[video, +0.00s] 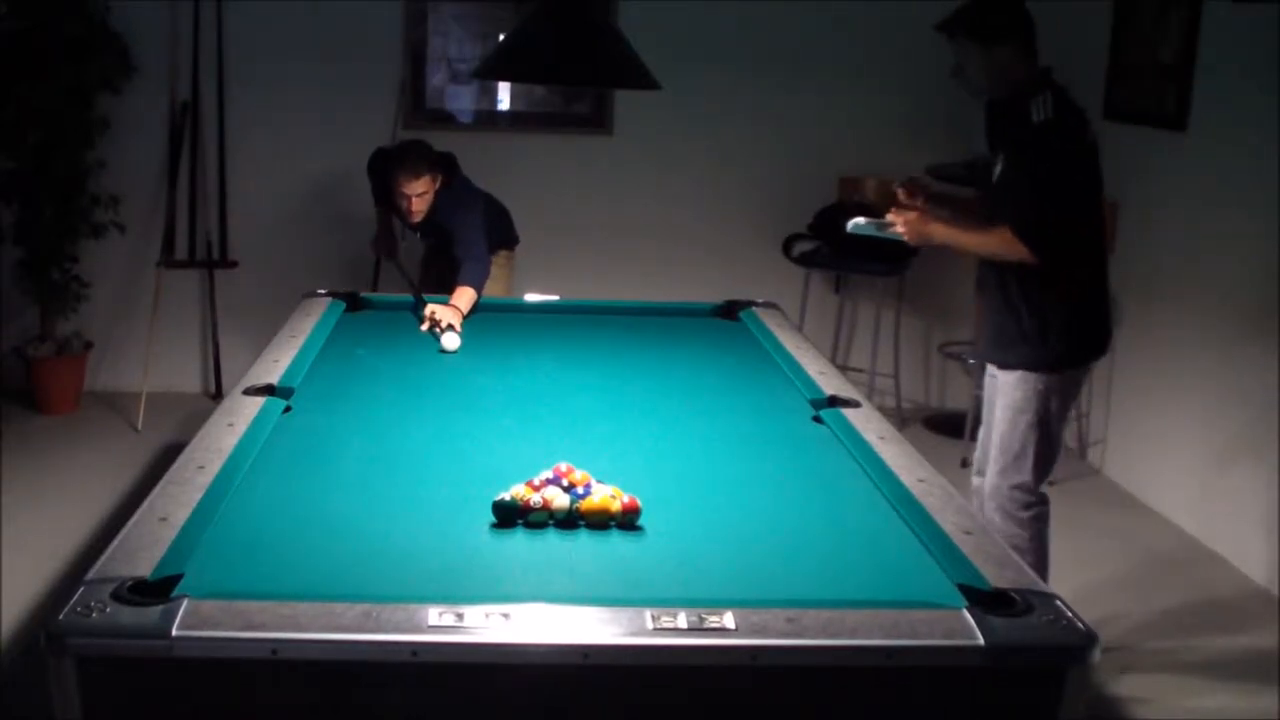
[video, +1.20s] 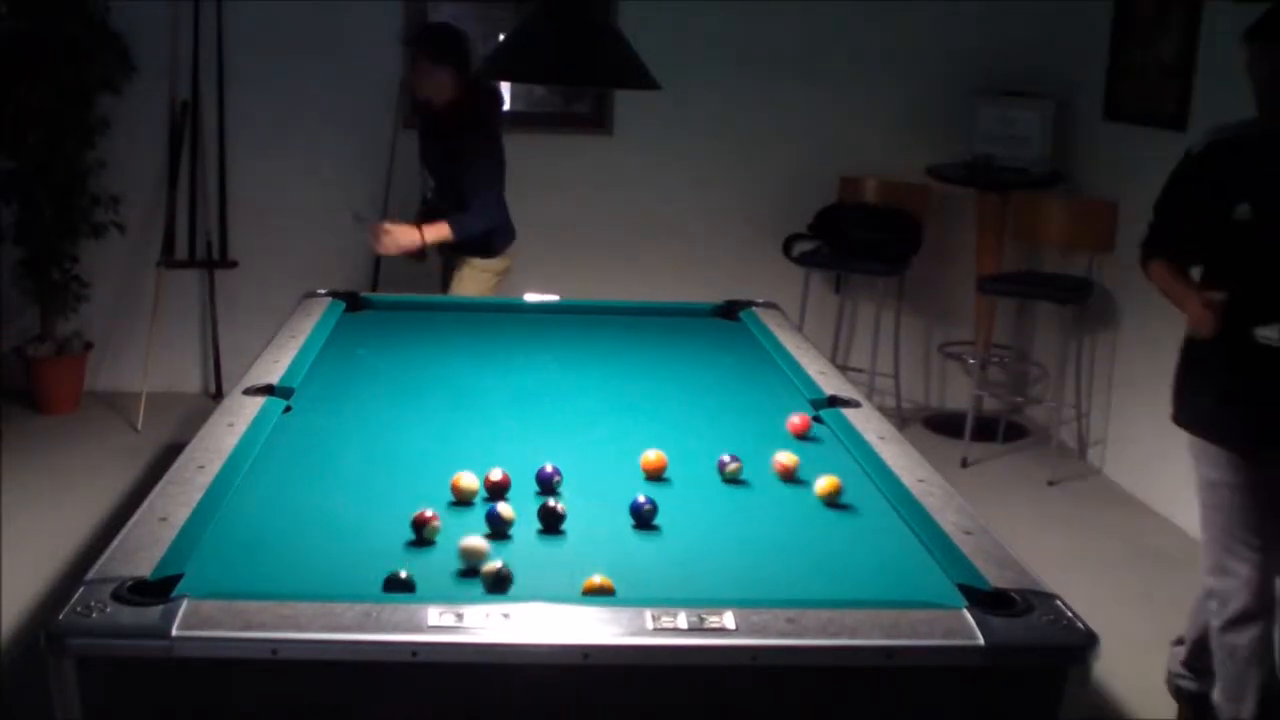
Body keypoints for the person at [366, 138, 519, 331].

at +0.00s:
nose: (413, 206)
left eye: (421, 196)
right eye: (404, 197)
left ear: (436, 183)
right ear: (392, 188)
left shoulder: (460, 200)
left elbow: (476, 261)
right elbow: (377, 161)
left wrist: (456, 308)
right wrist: (384, 227)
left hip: (492, 248)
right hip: (441, 245)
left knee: (485, 327)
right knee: (425, 319)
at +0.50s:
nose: (425, 191)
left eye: (435, 180)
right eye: (417, 181)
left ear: (450, 166)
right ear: (404, 171)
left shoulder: (472, 183)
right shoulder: (391, 166)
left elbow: (495, 260)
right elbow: (380, 162)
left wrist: (460, 309)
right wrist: (388, 228)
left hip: (474, 261)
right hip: (432, 257)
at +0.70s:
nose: (445, 162)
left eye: (456, 151)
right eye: (437, 150)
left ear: (472, 143)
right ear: (424, 142)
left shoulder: (490, 172)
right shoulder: (408, 153)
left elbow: (503, 257)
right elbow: (394, 172)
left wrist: (466, 307)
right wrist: (408, 227)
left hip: (481, 259)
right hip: (435, 253)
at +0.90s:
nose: (449, 133)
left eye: (461, 124)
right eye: (443, 122)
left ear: (478, 124)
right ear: (431, 118)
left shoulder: (492, 159)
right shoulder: (418, 141)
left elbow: (497, 244)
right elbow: (404, 172)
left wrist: (465, 304)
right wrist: (410, 219)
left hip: (489, 256)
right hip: (444, 251)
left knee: (490, 337)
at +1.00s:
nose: (444, 112)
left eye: (455, 103)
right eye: (438, 102)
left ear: (475, 105)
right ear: (429, 102)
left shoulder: (488, 147)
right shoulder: (423, 134)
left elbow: (489, 233)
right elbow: (415, 178)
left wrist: (457, 295)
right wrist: (411, 225)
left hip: (494, 252)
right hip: (450, 245)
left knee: (486, 339)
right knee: (444, 333)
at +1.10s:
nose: (435, 93)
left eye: (445, 84)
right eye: (431, 83)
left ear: (465, 86)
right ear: (423, 85)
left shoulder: (482, 132)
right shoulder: (428, 123)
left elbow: (490, 223)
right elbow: (426, 175)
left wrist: (440, 269)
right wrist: (413, 224)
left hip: (493, 256)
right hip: (449, 247)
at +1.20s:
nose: (418, 80)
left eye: (427, 70)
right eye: (418, 69)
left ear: (448, 70)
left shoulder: (475, 115)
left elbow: (485, 214)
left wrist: (420, 235)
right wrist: (420, 233)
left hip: (486, 245)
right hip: (456, 240)